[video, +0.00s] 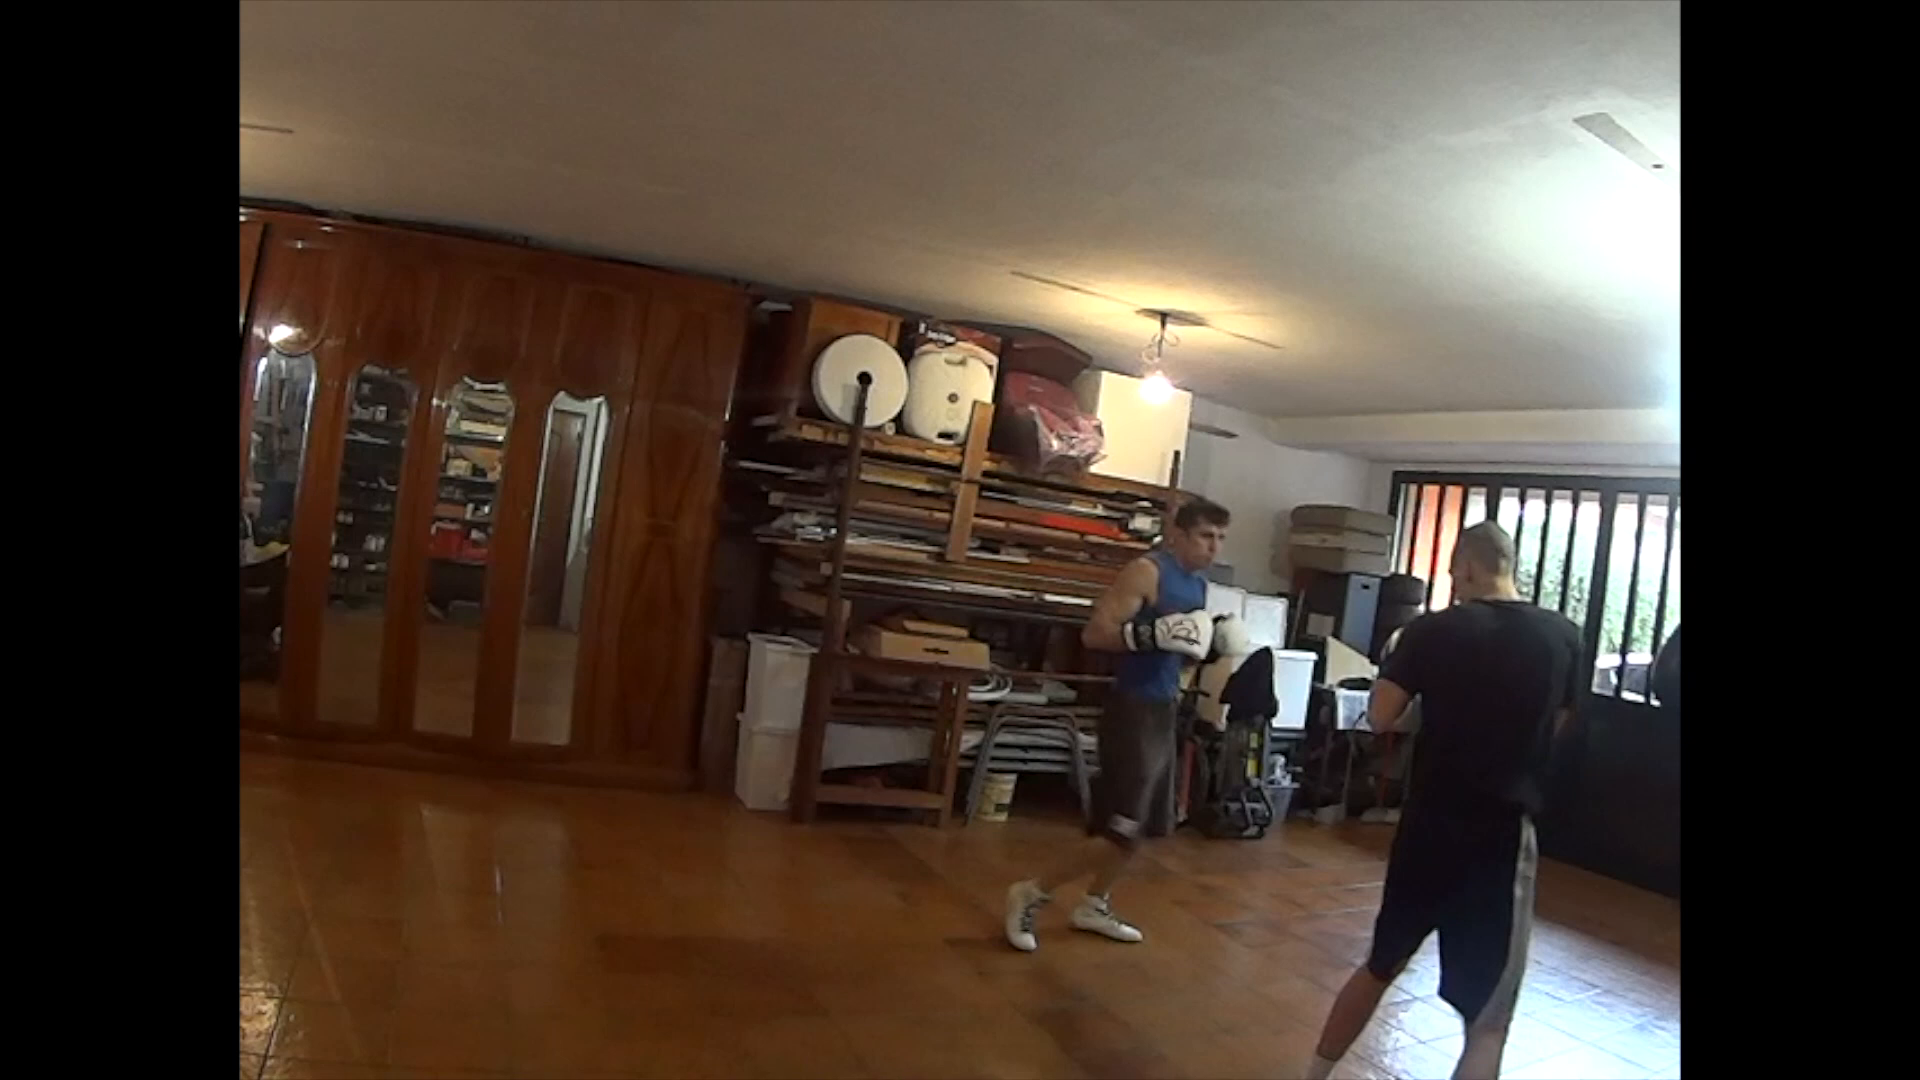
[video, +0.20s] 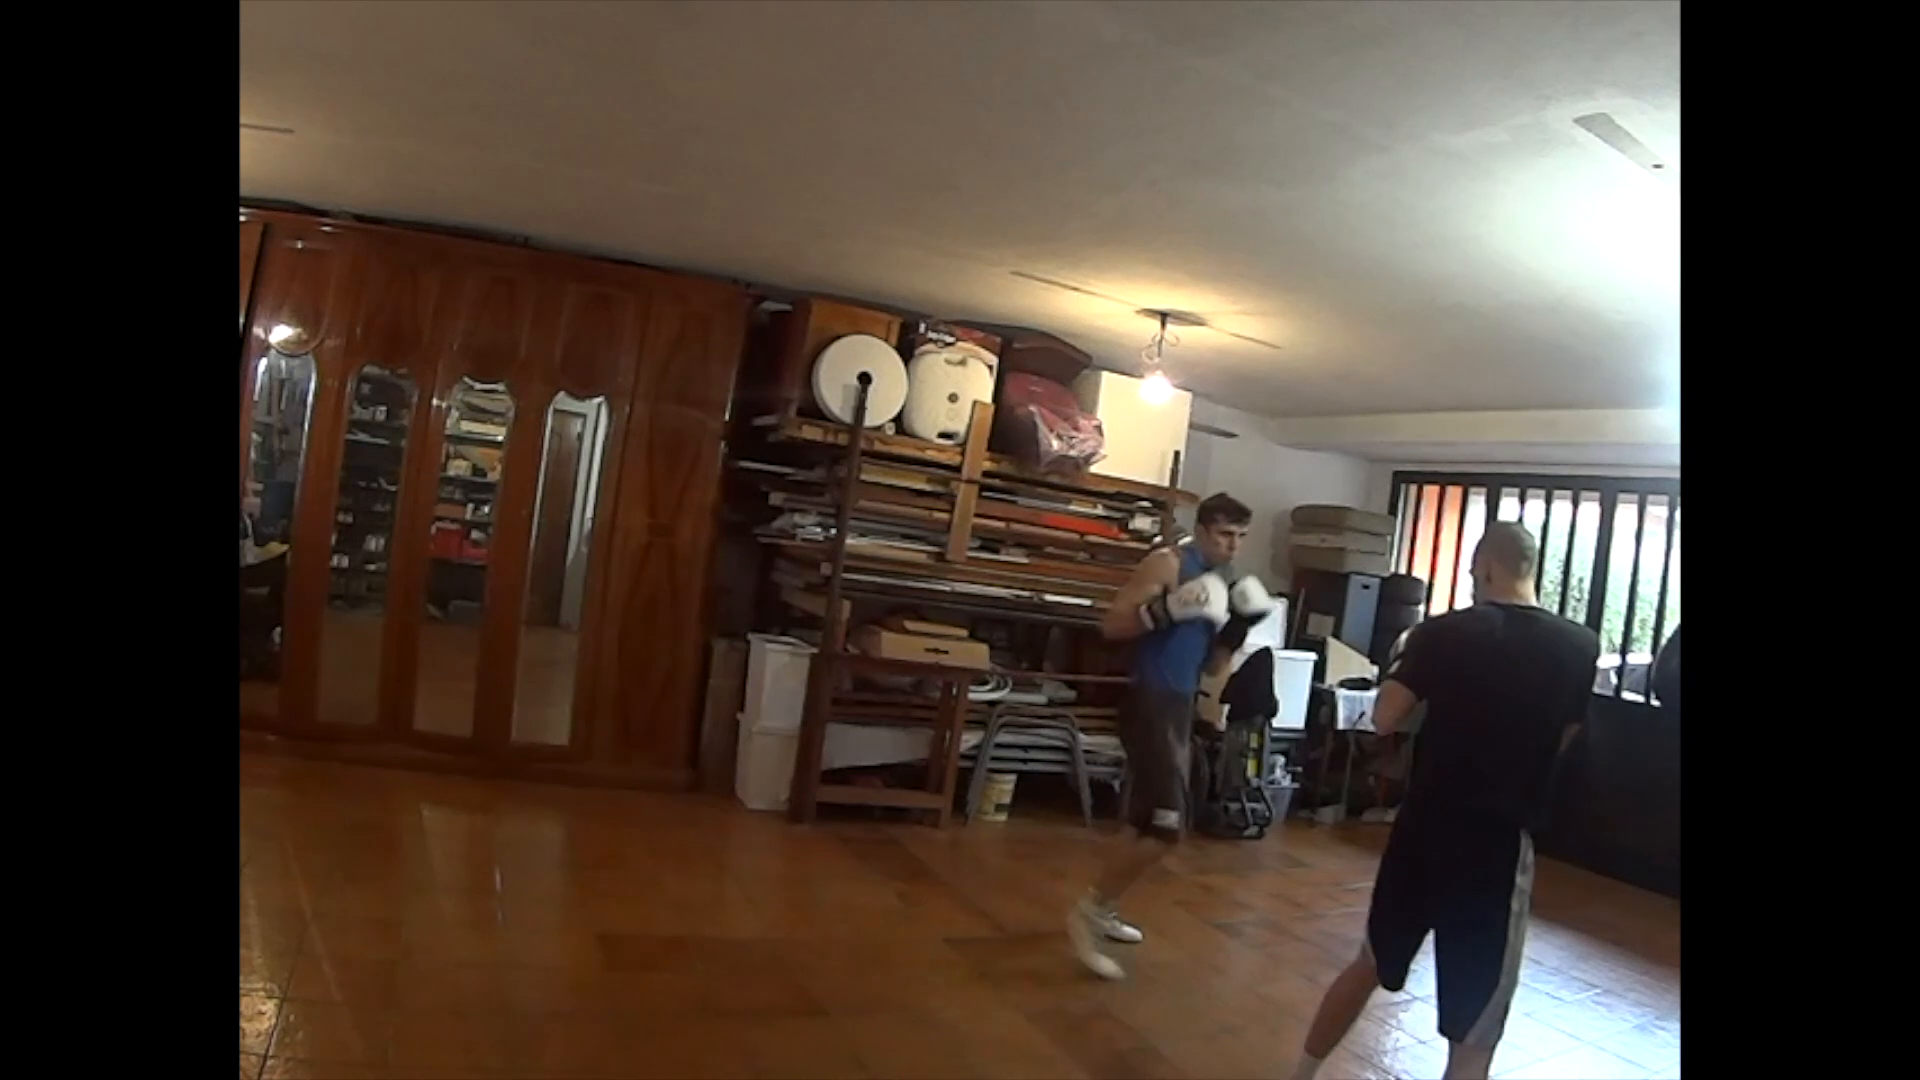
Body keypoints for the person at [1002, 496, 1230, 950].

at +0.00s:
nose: (1214, 548)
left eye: (1219, 540)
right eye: (1206, 537)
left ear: (1220, 543)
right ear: (1176, 533)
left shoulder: (1197, 586)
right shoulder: (1145, 571)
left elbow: (1179, 652)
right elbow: (1095, 634)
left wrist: (1213, 644)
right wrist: (1151, 633)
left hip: (1163, 713)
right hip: (1132, 710)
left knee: (1143, 825)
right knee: (1121, 832)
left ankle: (1093, 905)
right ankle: (1030, 893)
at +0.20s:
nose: (1231, 544)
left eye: (1238, 537)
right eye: (1223, 534)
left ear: (1242, 541)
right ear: (1201, 530)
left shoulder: (1219, 581)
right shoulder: (1167, 562)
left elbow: (1213, 665)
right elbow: (1113, 625)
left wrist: (1241, 620)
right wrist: (1171, 606)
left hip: (1178, 704)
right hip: (1150, 700)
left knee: (1151, 821)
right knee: (1165, 826)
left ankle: (1105, 907)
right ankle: (1091, 909)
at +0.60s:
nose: (1274, 571)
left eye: (1278, 564)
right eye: (1269, 561)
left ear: (1275, 566)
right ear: (1244, 555)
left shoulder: (1271, 598)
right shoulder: (1203, 591)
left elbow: (1294, 668)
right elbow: (1221, 667)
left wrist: (1310, 611)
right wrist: (1233, 596)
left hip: (1235, 732)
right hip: (1201, 729)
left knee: (1215, 849)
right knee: (1220, 862)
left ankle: (1138, 887)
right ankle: (1190, 984)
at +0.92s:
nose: (1313, 579)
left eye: (1315, 572)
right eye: (1308, 568)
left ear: (1314, 573)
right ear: (1285, 560)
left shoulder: (1306, 608)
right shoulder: (1242, 595)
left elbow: (1327, 675)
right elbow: (1250, 669)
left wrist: (1344, 613)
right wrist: (1271, 595)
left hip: (1265, 740)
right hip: (1231, 736)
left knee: (1253, 856)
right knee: (1248, 868)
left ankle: (1221, 940)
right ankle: (1197, 984)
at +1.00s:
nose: (1315, 579)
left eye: (1320, 571)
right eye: (1308, 567)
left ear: (1322, 575)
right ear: (1289, 562)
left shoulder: (1316, 613)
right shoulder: (1247, 593)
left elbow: (1330, 678)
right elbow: (1251, 665)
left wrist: (1352, 615)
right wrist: (1278, 593)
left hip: (1269, 739)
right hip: (1234, 733)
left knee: (1258, 855)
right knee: (1259, 863)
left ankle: (1224, 941)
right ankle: (1208, 978)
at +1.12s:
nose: (1325, 587)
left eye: (1335, 581)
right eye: (1321, 575)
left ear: (1339, 584)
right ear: (1301, 566)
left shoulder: (1330, 621)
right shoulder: (1260, 602)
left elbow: (1352, 682)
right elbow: (1231, 682)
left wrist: (1360, 622)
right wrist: (1280, 624)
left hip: (1282, 746)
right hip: (1244, 741)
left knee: (1265, 855)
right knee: (1273, 867)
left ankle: (1218, 932)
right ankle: (1234, 1000)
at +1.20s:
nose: (1342, 594)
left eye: (1349, 586)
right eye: (1336, 582)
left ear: (1350, 586)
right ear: (1308, 571)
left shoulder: (1331, 623)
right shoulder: (1262, 612)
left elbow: (1364, 683)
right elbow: (1224, 686)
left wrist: (1388, 623)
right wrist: (1270, 657)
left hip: (1282, 751)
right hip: (1248, 746)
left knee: (1262, 856)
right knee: (1275, 882)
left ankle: (1216, 933)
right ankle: (1244, 1010)